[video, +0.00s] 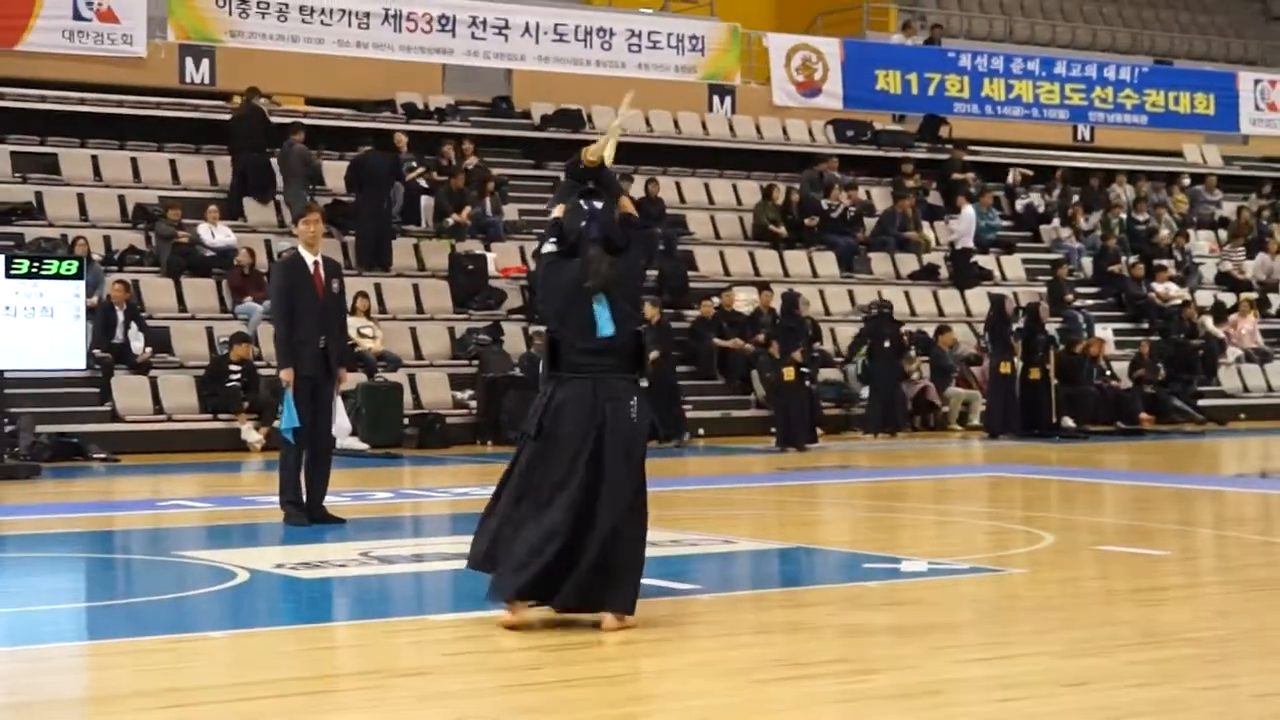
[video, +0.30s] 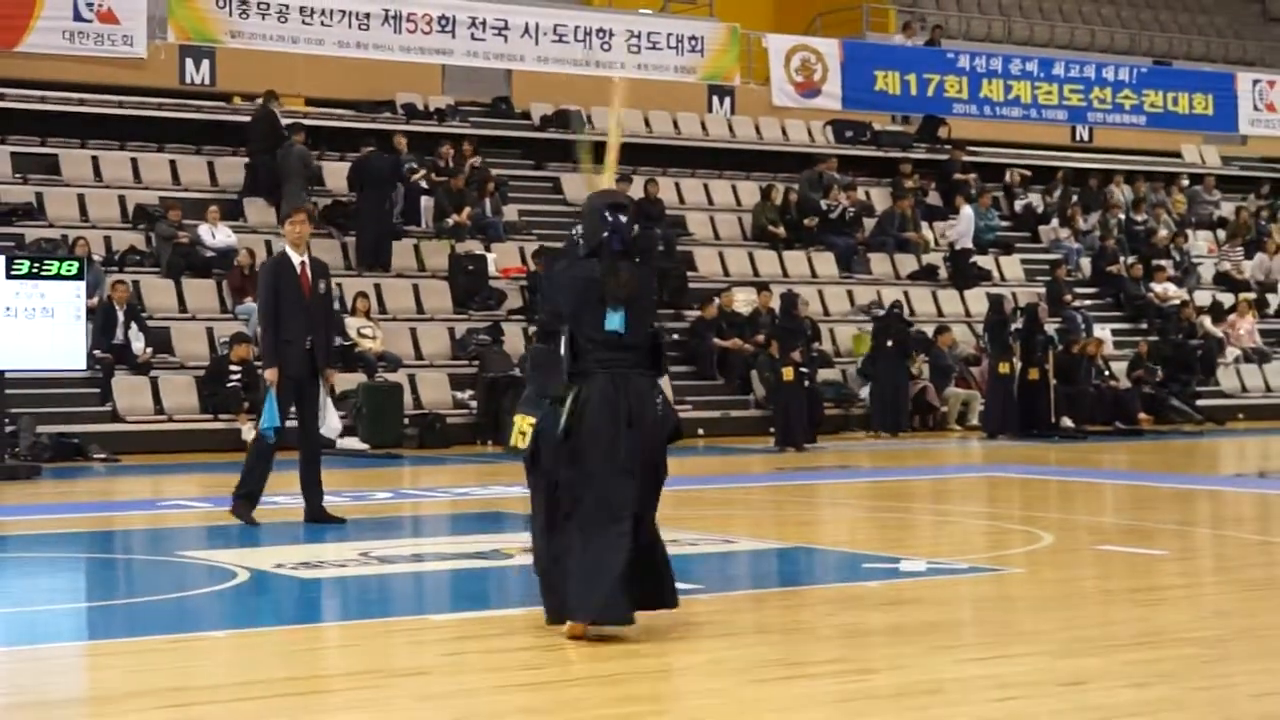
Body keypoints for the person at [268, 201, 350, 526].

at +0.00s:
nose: (312, 228)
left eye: (316, 223)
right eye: (306, 223)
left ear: (323, 227)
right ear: (296, 229)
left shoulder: (333, 267)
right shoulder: (284, 267)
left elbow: (339, 318)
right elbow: (280, 319)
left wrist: (341, 362)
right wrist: (284, 363)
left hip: (326, 361)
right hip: (297, 362)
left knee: (322, 436)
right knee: (295, 435)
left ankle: (316, 503)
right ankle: (291, 505)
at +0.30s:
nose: (299, 228)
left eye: (303, 223)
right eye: (293, 224)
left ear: (311, 228)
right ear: (282, 229)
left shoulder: (319, 268)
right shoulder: (270, 268)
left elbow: (327, 318)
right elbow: (266, 319)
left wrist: (328, 362)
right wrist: (269, 362)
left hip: (312, 362)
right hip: (282, 362)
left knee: (311, 437)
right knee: (269, 433)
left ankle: (314, 506)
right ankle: (244, 501)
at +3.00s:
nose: (58, 217)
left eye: (63, 211)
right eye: (51, 212)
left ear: (70, 215)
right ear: (38, 218)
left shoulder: (83, 258)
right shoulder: (24, 260)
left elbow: (92, 313)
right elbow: (18, 316)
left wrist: (96, 360)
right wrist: (21, 364)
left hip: (76, 359)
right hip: (40, 360)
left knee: (71, 439)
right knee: (39, 439)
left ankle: (65, 514)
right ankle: (35, 512)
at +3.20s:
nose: (59, 217)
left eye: (64, 211)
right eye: (52, 212)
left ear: (70, 215)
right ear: (38, 218)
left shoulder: (83, 258)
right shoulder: (25, 259)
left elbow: (93, 313)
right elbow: (19, 315)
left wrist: (97, 360)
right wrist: (23, 363)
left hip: (76, 358)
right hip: (42, 359)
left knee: (72, 438)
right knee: (40, 438)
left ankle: (66, 514)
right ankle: (36, 512)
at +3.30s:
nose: (59, 217)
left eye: (63, 211)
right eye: (51, 212)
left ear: (70, 215)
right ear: (38, 219)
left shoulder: (83, 257)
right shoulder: (26, 259)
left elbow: (93, 313)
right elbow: (19, 315)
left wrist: (97, 360)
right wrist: (23, 363)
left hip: (77, 358)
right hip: (42, 359)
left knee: (72, 438)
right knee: (40, 438)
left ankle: (66, 514)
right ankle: (36, 512)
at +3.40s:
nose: (58, 218)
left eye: (63, 211)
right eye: (51, 212)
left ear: (69, 216)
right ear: (38, 219)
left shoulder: (83, 257)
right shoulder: (25, 259)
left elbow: (93, 312)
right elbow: (19, 315)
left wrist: (97, 360)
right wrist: (23, 363)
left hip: (77, 358)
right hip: (42, 359)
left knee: (72, 438)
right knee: (40, 438)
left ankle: (66, 514)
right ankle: (36, 512)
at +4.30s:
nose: (44, 222)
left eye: (48, 216)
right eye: (37, 217)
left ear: (56, 220)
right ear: (24, 223)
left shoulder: (70, 259)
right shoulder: (10, 264)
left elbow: (82, 314)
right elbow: (5, 319)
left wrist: (87, 362)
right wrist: (10, 367)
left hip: (66, 362)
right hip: (28, 365)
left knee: (66, 441)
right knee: (29, 442)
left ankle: (63, 516)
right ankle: (34, 514)